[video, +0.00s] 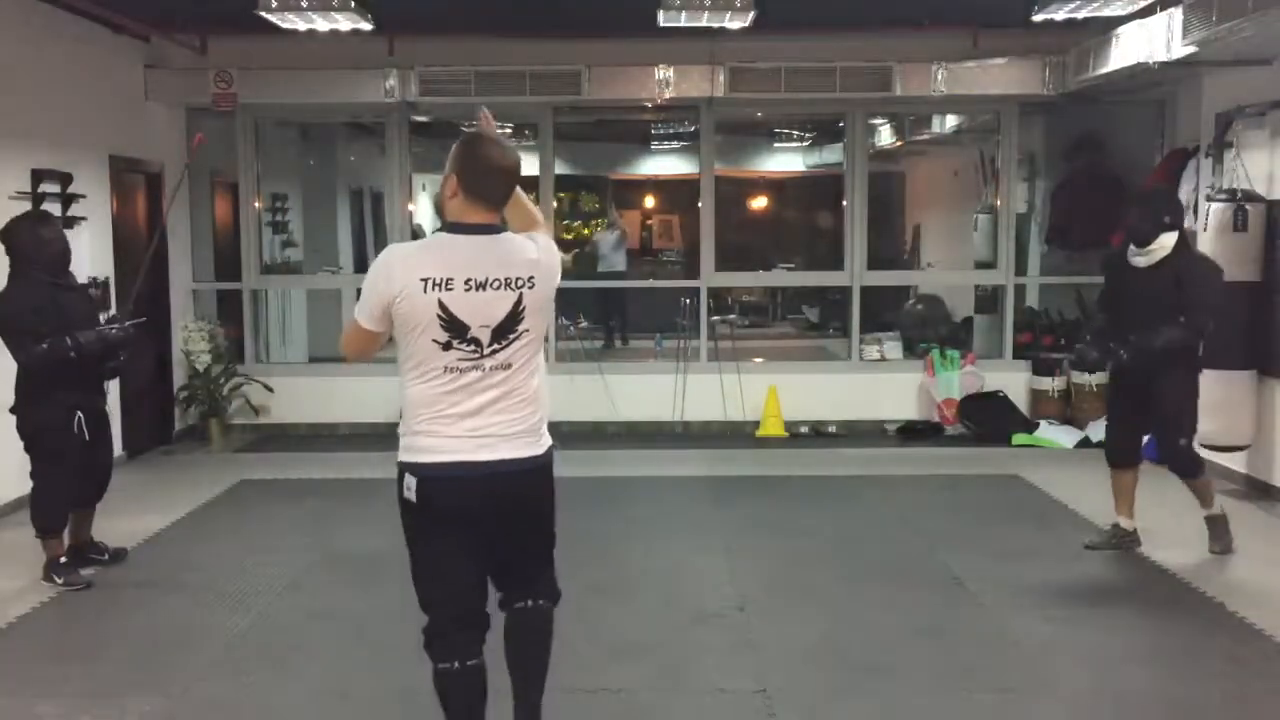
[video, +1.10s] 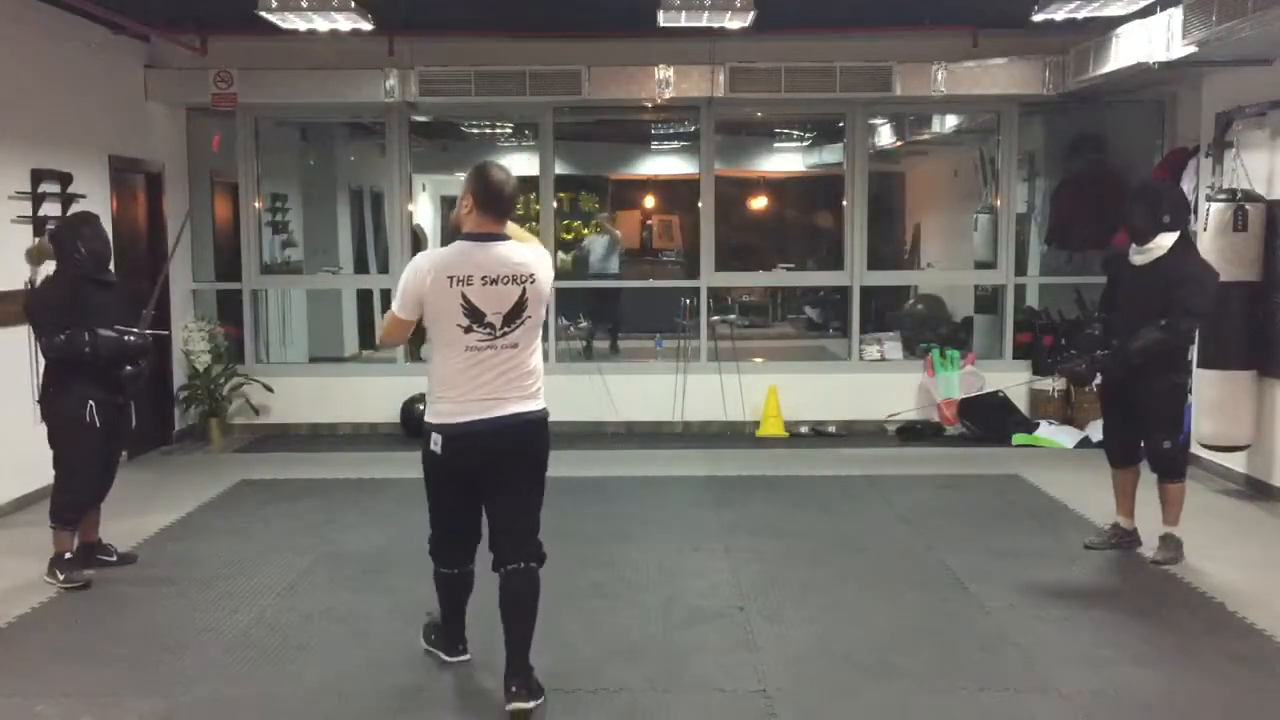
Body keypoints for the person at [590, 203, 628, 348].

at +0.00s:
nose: (612, 220)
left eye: (615, 217)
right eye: (611, 217)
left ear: (619, 220)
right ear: (608, 219)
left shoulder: (620, 234)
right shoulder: (599, 235)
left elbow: (624, 234)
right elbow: (589, 250)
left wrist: (617, 221)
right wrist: (590, 246)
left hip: (618, 270)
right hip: (602, 271)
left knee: (620, 303)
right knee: (604, 305)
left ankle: (623, 333)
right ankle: (608, 338)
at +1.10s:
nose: (602, 224)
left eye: (605, 222)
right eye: (600, 221)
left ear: (611, 222)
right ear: (597, 223)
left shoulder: (614, 237)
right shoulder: (591, 238)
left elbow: (616, 236)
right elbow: (582, 251)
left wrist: (603, 223)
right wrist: (577, 249)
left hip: (611, 276)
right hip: (593, 276)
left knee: (613, 311)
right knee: (592, 311)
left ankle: (614, 342)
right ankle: (588, 344)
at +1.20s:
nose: (599, 224)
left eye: (603, 221)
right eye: (597, 221)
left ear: (608, 223)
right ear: (593, 223)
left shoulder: (611, 238)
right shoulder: (586, 238)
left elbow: (614, 236)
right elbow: (576, 255)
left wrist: (601, 224)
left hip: (607, 277)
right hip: (589, 277)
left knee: (610, 312)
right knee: (588, 313)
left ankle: (613, 344)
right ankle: (588, 347)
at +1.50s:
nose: (593, 223)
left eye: (595, 220)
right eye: (590, 220)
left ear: (599, 221)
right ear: (585, 222)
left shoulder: (603, 235)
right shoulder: (579, 237)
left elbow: (615, 243)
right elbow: (570, 250)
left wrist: (601, 234)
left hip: (601, 276)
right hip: (584, 276)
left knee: (604, 310)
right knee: (585, 312)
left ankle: (607, 341)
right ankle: (587, 346)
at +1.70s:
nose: (590, 223)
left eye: (593, 220)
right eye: (588, 220)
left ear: (597, 222)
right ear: (583, 222)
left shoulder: (603, 237)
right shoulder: (576, 237)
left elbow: (619, 250)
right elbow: (568, 252)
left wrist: (607, 253)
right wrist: (585, 257)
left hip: (600, 279)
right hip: (582, 280)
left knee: (602, 313)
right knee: (582, 315)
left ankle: (606, 345)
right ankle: (587, 346)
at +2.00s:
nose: (592, 234)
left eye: (595, 231)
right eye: (590, 230)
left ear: (599, 229)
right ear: (585, 228)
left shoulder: (604, 237)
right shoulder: (577, 238)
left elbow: (620, 248)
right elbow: (575, 252)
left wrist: (609, 258)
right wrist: (594, 261)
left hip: (599, 281)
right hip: (582, 282)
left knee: (599, 315)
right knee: (583, 317)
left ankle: (601, 347)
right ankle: (586, 347)